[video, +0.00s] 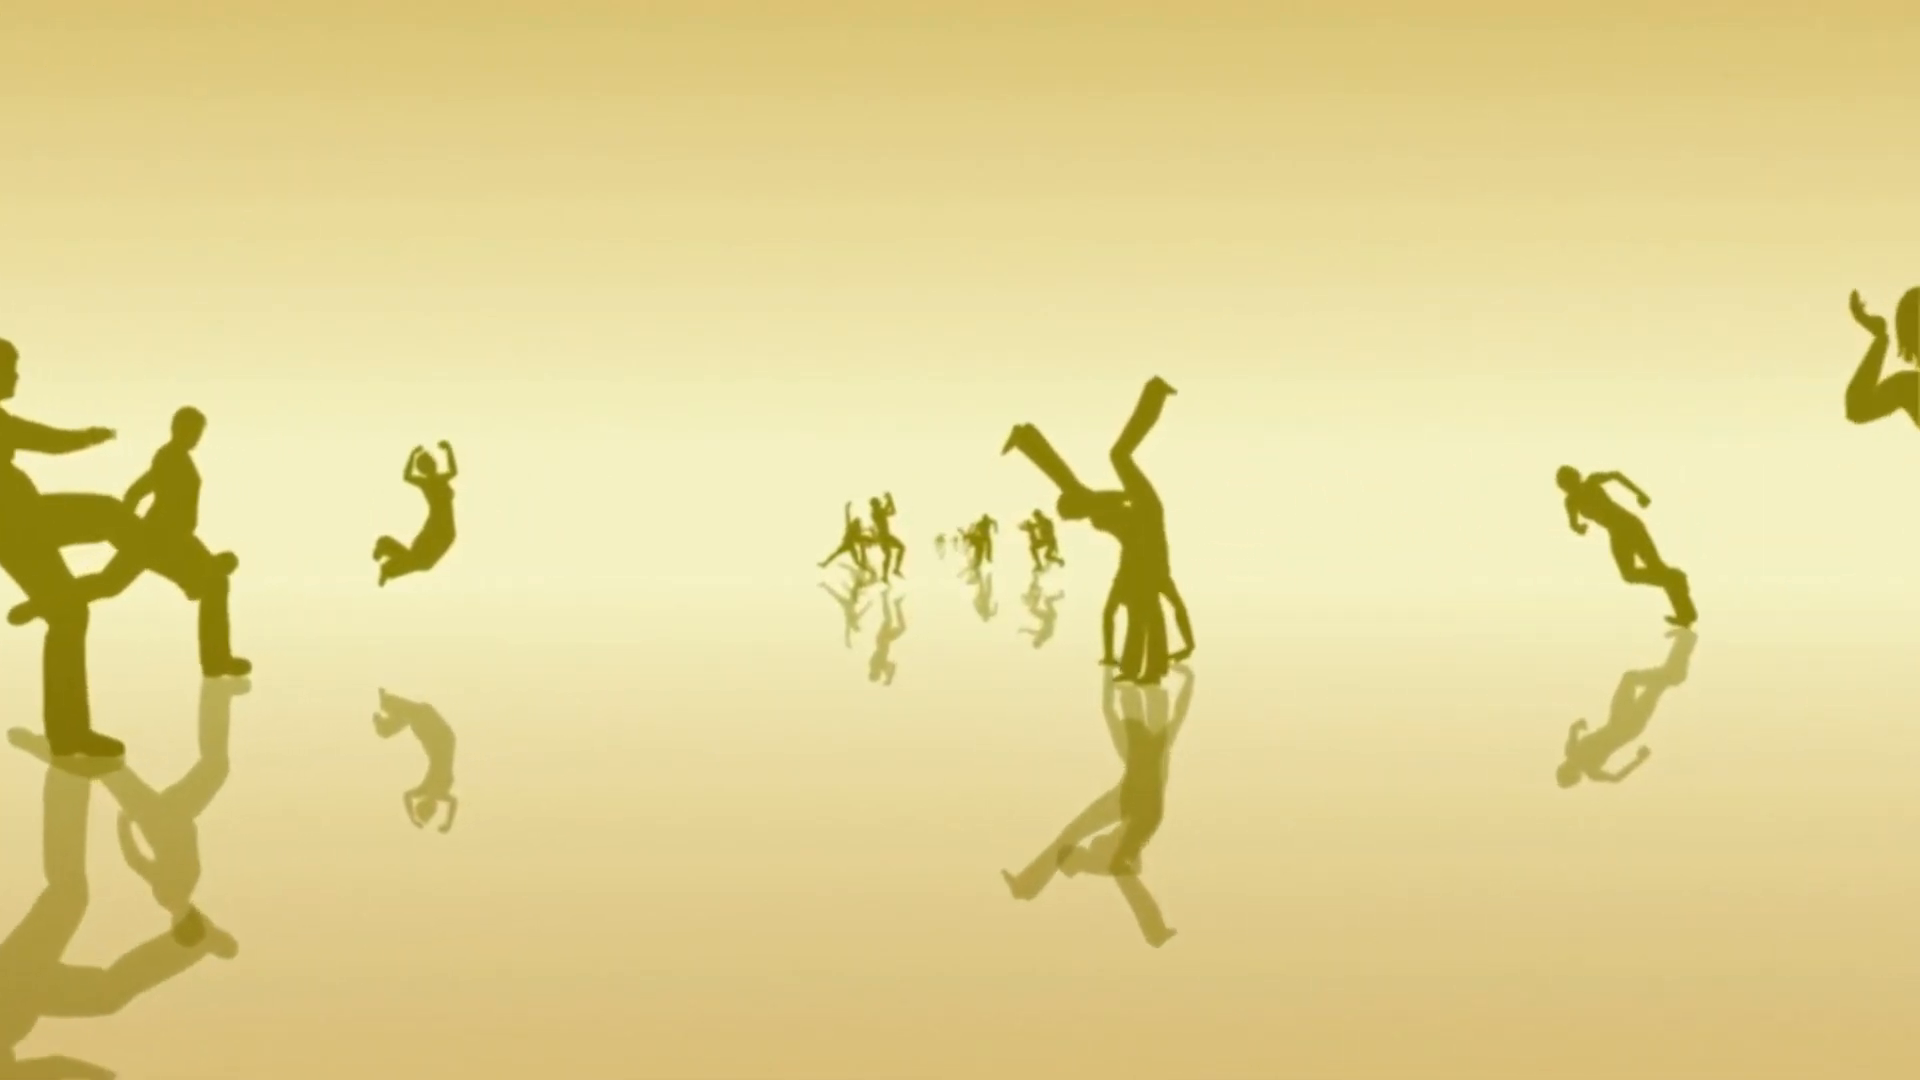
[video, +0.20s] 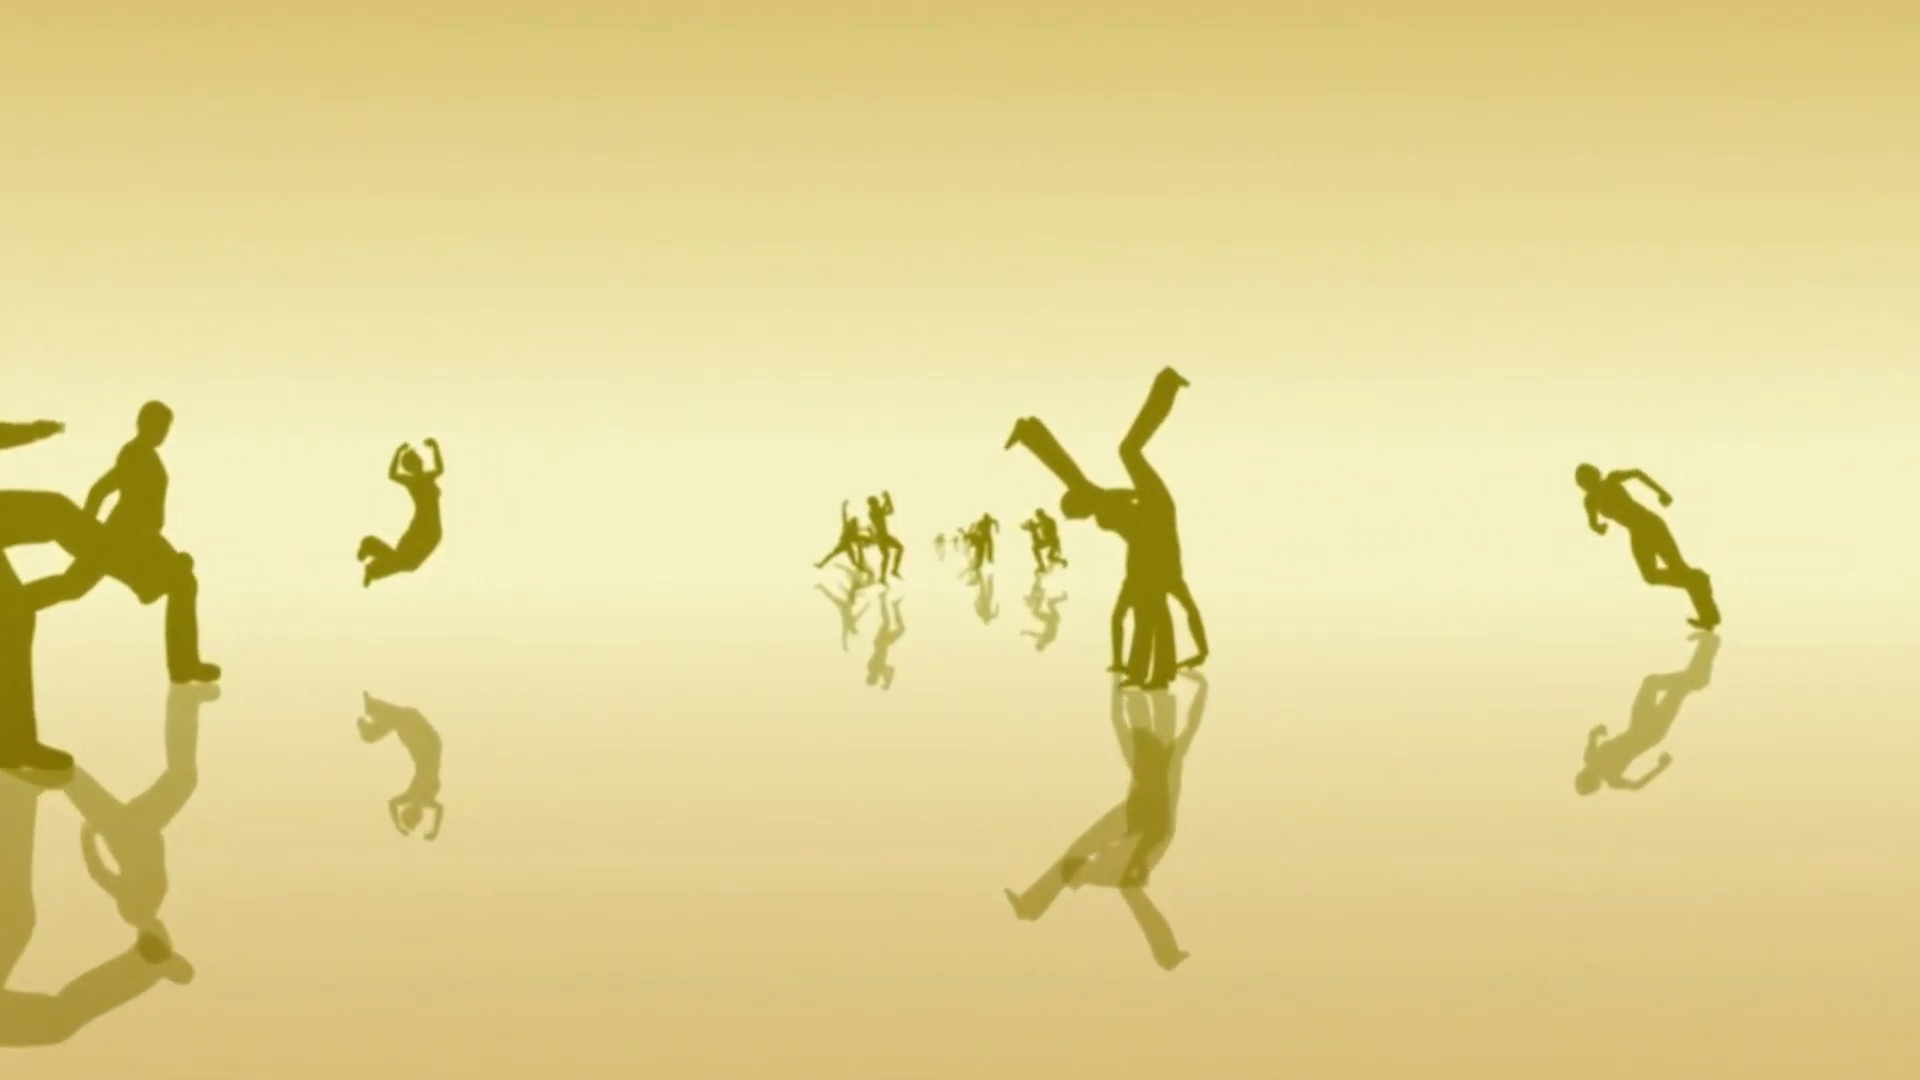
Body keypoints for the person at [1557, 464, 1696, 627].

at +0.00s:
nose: (1567, 487)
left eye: (1567, 482)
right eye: (1563, 485)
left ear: (1574, 477)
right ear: (1562, 486)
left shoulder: (1592, 481)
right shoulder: (1571, 501)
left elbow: (1616, 475)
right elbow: (1573, 522)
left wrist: (1639, 493)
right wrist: (1579, 528)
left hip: (1629, 523)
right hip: (1615, 531)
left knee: (1655, 565)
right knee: (1629, 574)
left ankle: (1685, 612)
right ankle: (1673, 578)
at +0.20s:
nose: (1586, 486)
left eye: (1586, 480)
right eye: (1582, 483)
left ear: (1593, 475)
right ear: (1582, 484)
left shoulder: (1612, 479)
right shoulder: (1590, 500)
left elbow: (1637, 473)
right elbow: (1592, 521)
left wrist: (1661, 492)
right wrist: (1599, 528)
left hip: (1650, 522)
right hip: (1636, 531)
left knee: (1678, 567)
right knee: (1650, 575)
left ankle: (1708, 615)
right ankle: (1695, 579)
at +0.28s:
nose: (1599, 484)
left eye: (1599, 478)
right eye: (1595, 481)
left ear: (1605, 474)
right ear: (1595, 482)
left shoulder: (1625, 478)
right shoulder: (1602, 499)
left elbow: (1650, 471)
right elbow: (1605, 521)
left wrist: (1674, 490)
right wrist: (1612, 528)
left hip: (1663, 522)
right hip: (1649, 531)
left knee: (1692, 567)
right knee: (1664, 576)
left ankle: (1722, 616)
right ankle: (1709, 580)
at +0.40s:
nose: (1605, 484)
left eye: (1605, 478)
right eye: (1602, 480)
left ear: (1612, 474)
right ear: (1603, 481)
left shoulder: (1633, 477)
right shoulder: (1610, 499)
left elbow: (1659, 471)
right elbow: (1613, 522)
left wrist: (1683, 490)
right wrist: (1620, 528)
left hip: (1671, 522)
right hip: (1658, 530)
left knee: (1701, 567)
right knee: (1673, 577)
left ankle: (1732, 617)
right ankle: (1719, 580)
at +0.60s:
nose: (1628, 482)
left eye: (1628, 476)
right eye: (1624, 479)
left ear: (1635, 471)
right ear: (1624, 480)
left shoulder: (1656, 475)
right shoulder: (1632, 497)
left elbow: (1683, 468)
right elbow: (1635, 521)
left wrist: (1708, 489)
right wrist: (1642, 527)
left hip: (1695, 521)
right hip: (1681, 530)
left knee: (1726, 568)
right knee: (1697, 578)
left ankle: (1758, 620)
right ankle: (1744, 581)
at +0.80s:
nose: (1651, 480)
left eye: (1651, 474)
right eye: (1647, 477)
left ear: (1657, 470)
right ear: (1648, 477)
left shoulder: (1680, 472)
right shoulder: (1655, 496)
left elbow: (1707, 466)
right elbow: (1658, 521)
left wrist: (1733, 487)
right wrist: (1666, 527)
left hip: (1720, 521)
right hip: (1706, 530)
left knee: (1752, 569)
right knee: (1722, 579)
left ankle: (1785, 623)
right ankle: (1771, 583)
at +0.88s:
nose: (1663, 479)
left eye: (1662, 474)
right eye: (1661, 475)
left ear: (1666, 471)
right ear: (1673, 466)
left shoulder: (1696, 471)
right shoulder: (1669, 494)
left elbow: (1723, 464)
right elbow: (1672, 520)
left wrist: (1750, 486)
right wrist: (1681, 527)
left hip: (1735, 520)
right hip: (1722, 529)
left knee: (1769, 570)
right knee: (1738, 580)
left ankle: (1802, 625)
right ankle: (1788, 583)